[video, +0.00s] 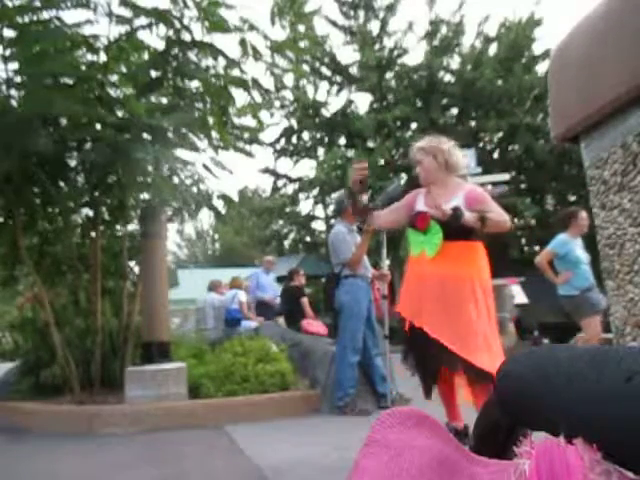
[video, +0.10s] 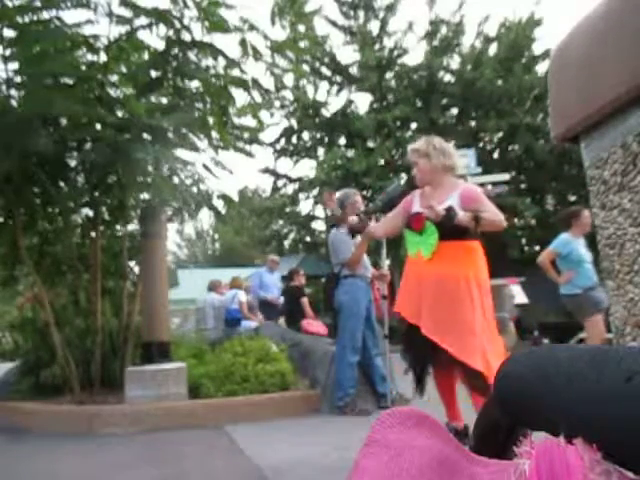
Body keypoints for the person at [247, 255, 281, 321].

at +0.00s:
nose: (270, 266)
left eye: (272, 263)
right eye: (268, 263)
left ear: (274, 265)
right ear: (264, 263)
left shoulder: (273, 276)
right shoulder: (256, 275)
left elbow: (276, 289)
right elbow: (252, 292)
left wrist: (277, 299)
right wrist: (266, 298)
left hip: (273, 303)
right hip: (261, 304)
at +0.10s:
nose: (275, 266)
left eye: (277, 263)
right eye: (273, 262)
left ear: (278, 265)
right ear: (268, 262)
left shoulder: (277, 275)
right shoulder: (259, 273)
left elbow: (280, 288)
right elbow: (255, 290)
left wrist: (280, 298)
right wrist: (268, 298)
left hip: (277, 302)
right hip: (264, 302)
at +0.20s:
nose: (279, 265)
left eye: (280, 263)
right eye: (277, 262)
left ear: (282, 264)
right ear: (272, 262)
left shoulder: (282, 274)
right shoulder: (263, 273)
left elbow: (285, 288)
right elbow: (259, 290)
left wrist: (282, 298)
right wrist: (273, 298)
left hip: (281, 301)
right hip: (268, 302)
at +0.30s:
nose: (281, 265)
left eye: (283, 263)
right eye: (279, 262)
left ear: (285, 264)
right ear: (275, 262)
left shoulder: (285, 273)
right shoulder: (267, 272)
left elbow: (289, 287)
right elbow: (263, 289)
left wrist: (284, 298)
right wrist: (275, 298)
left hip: (285, 300)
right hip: (273, 301)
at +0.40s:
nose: (284, 264)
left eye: (286, 262)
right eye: (283, 261)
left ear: (287, 262)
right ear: (278, 261)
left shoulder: (289, 273)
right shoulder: (270, 273)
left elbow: (292, 287)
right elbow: (266, 289)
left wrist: (286, 298)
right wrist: (277, 298)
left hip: (288, 301)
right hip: (276, 302)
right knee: (281, 321)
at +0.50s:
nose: (289, 264)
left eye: (291, 262)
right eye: (288, 261)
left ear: (293, 263)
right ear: (284, 260)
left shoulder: (290, 272)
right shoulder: (274, 271)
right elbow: (270, 288)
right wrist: (279, 297)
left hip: (288, 298)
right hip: (278, 299)